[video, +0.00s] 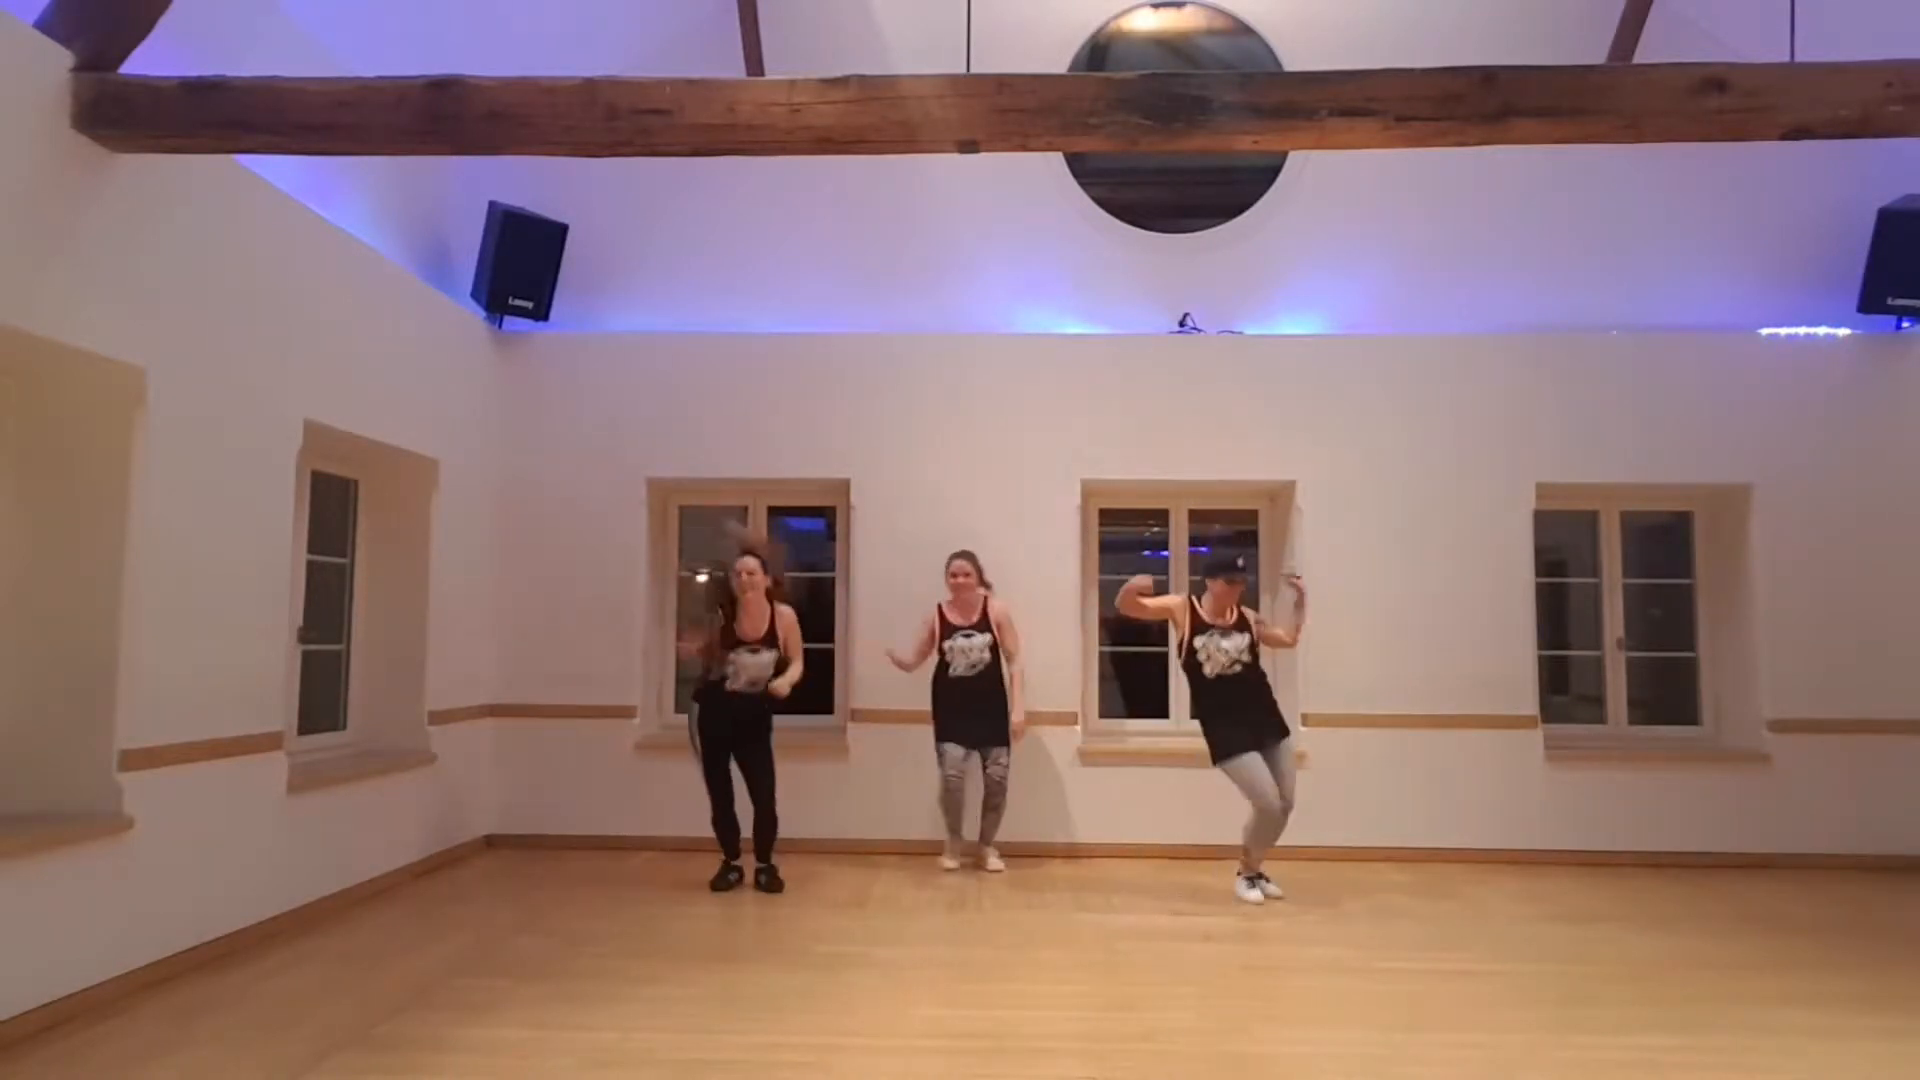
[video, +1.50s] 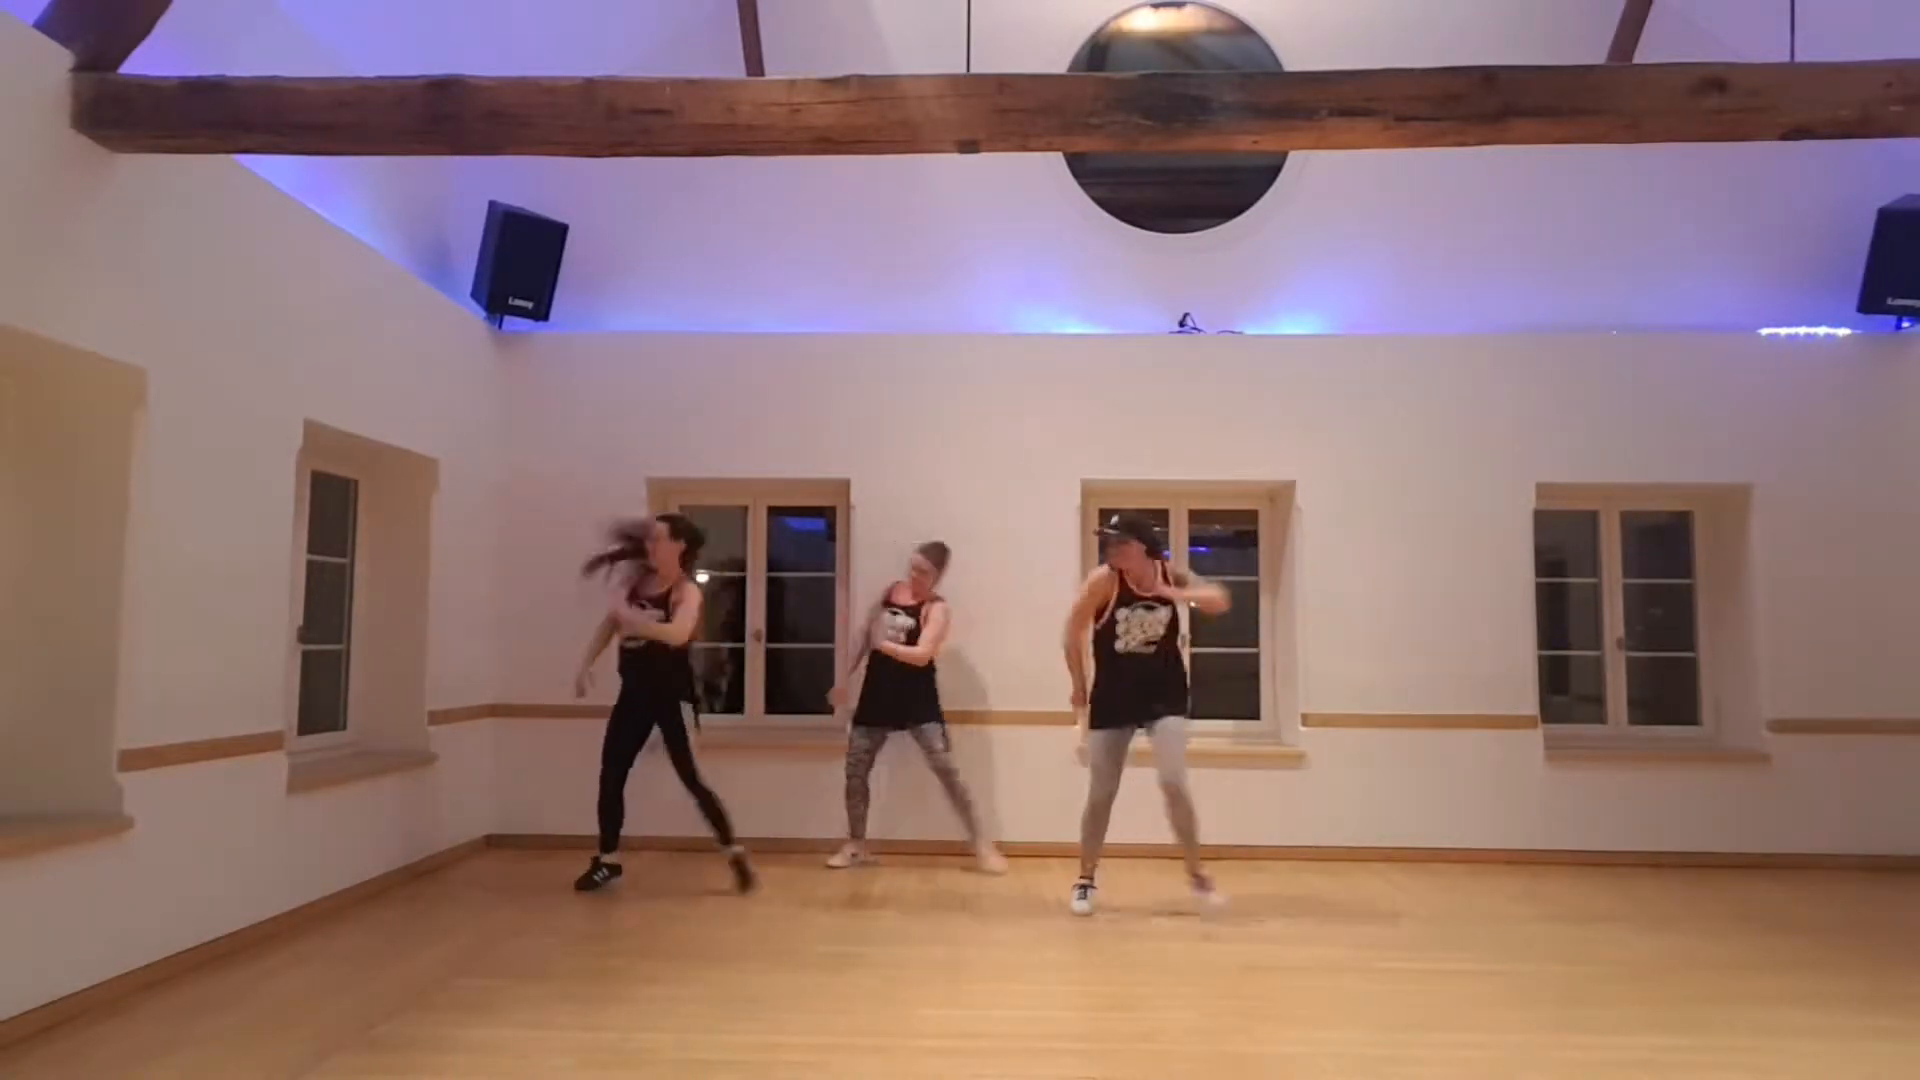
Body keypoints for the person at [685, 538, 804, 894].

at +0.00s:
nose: (745, 579)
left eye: (752, 573)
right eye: (739, 574)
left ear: (767, 579)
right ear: (732, 581)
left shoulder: (783, 616)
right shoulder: (723, 614)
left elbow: (796, 662)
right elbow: (711, 657)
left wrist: (784, 681)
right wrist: (695, 651)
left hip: (754, 711)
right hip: (716, 711)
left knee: (763, 794)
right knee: (720, 794)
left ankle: (764, 866)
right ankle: (731, 863)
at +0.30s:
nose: (698, 556)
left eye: (703, 549)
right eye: (690, 549)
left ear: (710, 554)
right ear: (671, 554)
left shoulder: (728, 584)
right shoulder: (662, 594)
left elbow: (755, 624)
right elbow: (691, 626)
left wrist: (773, 672)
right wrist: (734, 610)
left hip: (739, 695)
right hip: (695, 697)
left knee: (755, 776)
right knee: (661, 771)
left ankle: (770, 859)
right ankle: (636, 853)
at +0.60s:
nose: (653, 580)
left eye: (654, 574)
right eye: (645, 574)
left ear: (655, 579)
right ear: (623, 580)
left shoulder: (672, 615)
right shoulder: (606, 620)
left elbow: (706, 654)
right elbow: (623, 644)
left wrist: (732, 693)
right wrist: (676, 639)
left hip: (686, 721)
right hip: (642, 726)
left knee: (721, 792)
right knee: (609, 798)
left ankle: (759, 862)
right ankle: (602, 865)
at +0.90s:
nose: (654, 551)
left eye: (655, 545)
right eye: (647, 546)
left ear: (654, 551)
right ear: (625, 551)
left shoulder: (666, 586)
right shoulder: (601, 596)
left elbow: (703, 611)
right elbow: (563, 645)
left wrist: (703, 638)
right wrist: (539, 698)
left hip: (659, 697)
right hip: (616, 699)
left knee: (673, 778)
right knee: (606, 782)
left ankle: (664, 848)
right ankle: (603, 863)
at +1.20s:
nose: (656, 582)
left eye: (657, 576)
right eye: (648, 576)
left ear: (660, 581)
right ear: (626, 582)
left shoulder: (671, 619)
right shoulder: (607, 622)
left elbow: (703, 627)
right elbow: (569, 660)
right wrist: (534, 694)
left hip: (646, 721)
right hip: (605, 718)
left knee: (636, 796)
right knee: (594, 793)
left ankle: (633, 863)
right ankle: (601, 864)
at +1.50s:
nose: (651, 545)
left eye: (659, 540)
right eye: (651, 539)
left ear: (681, 548)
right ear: (651, 547)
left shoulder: (688, 593)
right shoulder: (638, 584)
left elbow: (678, 635)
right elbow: (613, 624)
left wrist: (632, 620)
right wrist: (587, 665)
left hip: (669, 695)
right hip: (635, 693)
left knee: (690, 776)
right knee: (612, 775)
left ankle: (734, 852)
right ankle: (608, 859)